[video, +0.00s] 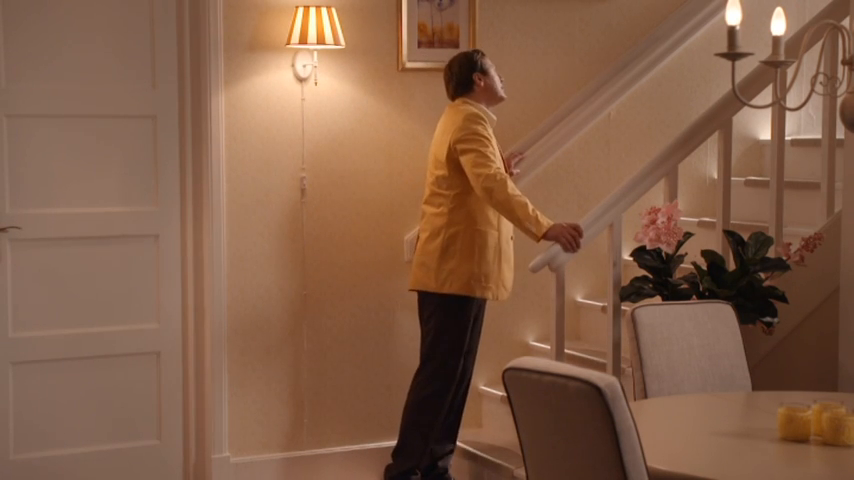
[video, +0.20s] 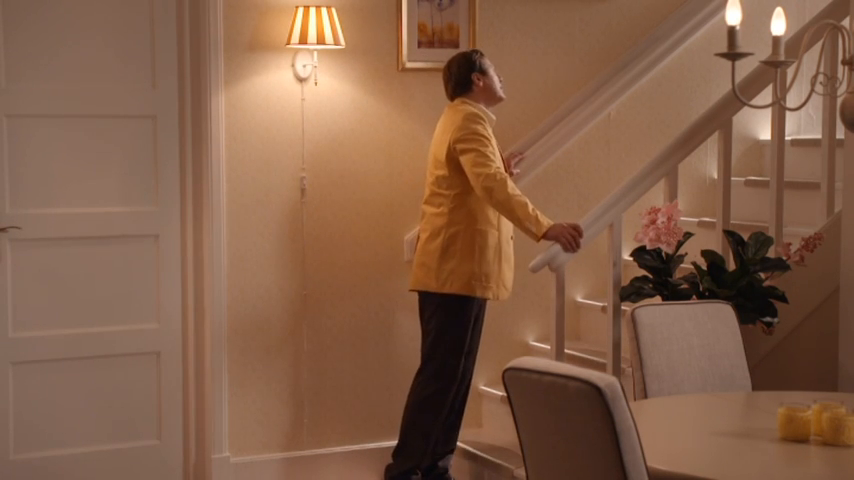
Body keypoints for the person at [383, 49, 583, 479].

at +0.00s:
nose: (501, 80)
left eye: (496, 72)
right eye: (494, 72)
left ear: (470, 82)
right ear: (479, 80)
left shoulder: (462, 119)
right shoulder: (468, 120)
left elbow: (462, 192)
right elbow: (492, 185)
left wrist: (500, 176)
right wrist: (545, 227)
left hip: (464, 270)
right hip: (453, 270)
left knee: (455, 375)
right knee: (441, 374)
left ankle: (434, 468)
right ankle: (406, 470)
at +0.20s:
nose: (499, 80)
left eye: (495, 72)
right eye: (493, 72)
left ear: (470, 82)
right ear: (477, 80)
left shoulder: (462, 119)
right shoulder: (467, 120)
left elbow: (461, 193)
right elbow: (492, 185)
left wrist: (501, 175)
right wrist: (544, 227)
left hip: (465, 269)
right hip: (454, 269)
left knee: (455, 374)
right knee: (442, 373)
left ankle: (435, 467)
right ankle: (407, 470)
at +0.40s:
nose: (500, 80)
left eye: (495, 72)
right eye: (493, 72)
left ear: (470, 82)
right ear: (477, 80)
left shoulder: (463, 119)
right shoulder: (467, 119)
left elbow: (462, 193)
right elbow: (491, 185)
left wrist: (500, 174)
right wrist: (544, 227)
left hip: (464, 269)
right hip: (454, 269)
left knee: (455, 374)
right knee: (442, 373)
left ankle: (434, 467)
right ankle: (408, 470)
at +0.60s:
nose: (500, 80)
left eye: (495, 72)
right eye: (493, 72)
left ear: (470, 82)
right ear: (477, 80)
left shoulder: (463, 119)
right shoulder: (467, 119)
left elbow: (462, 193)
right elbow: (491, 185)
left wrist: (500, 175)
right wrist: (545, 227)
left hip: (463, 269)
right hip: (453, 269)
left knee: (454, 374)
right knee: (442, 373)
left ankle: (434, 468)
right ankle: (407, 470)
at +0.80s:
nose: (500, 80)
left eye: (496, 72)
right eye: (493, 72)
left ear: (471, 80)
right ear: (476, 78)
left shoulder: (465, 120)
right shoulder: (465, 120)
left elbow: (463, 194)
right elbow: (491, 185)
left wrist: (500, 175)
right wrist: (545, 227)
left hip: (465, 271)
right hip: (450, 271)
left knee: (455, 376)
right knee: (440, 374)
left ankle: (434, 468)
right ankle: (407, 471)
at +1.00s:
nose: (499, 77)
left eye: (496, 71)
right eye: (489, 71)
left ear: (470, 82)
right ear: (464, 81)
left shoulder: (474, 126)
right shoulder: (456, 123)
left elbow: (470, 195)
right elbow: (479, 187)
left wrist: (500, 181)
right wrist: (537, 226)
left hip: (472, 273)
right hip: (446, 273)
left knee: (458, 378)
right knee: (436, 375)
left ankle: (435, 468)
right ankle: (404, 470)